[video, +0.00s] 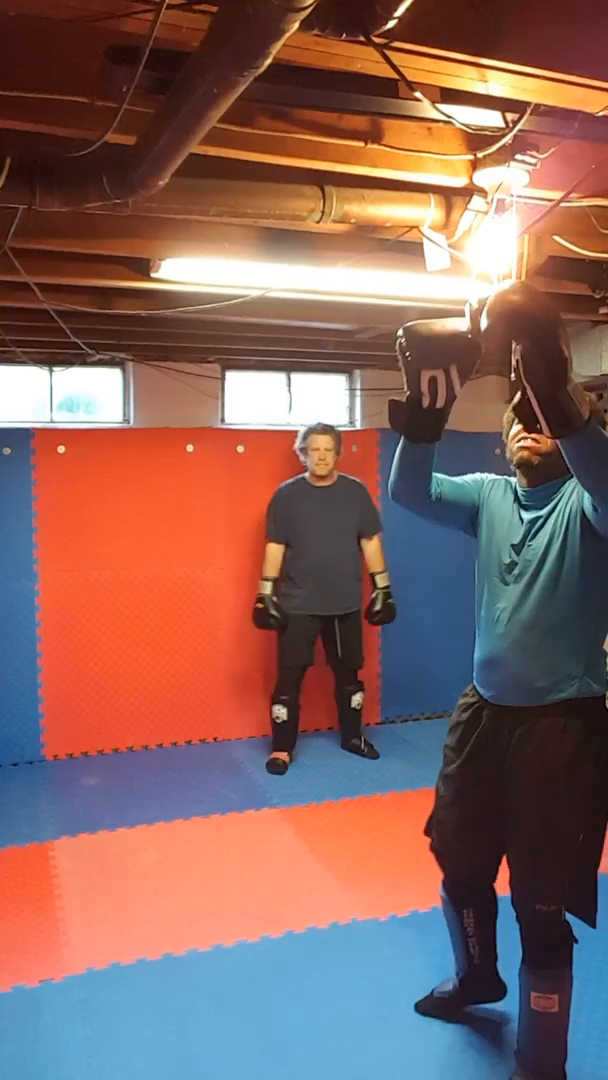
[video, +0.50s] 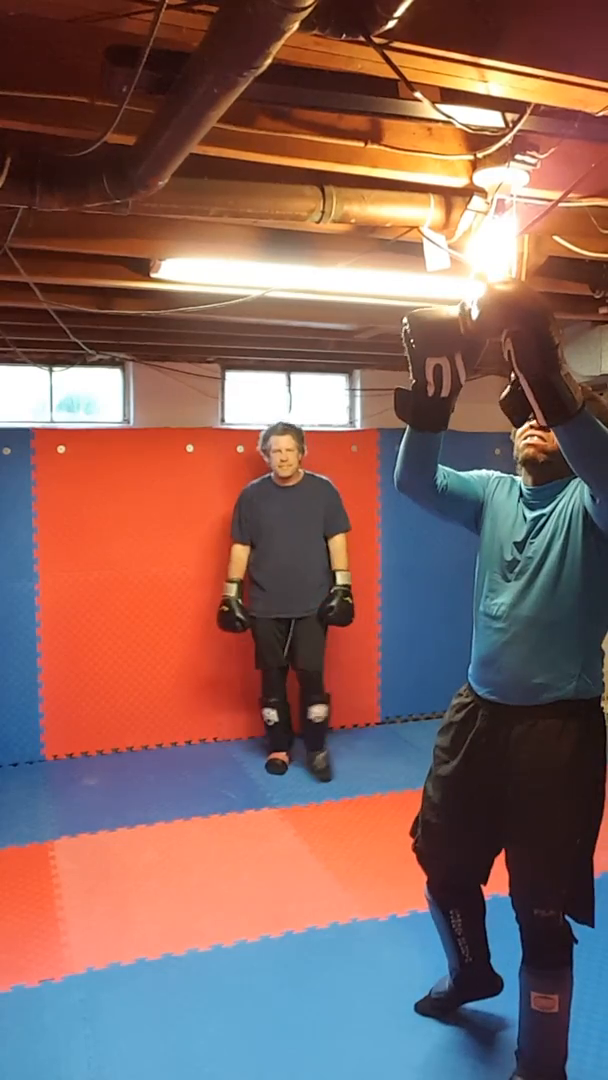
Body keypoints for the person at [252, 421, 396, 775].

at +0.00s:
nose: (321, 457)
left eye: (327, 451)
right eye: (314, 451)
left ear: (337, 454)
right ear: (304, 454)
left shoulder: (355, 491)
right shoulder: (287, 495)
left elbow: (371, 541)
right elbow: (275, 545)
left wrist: (383, 588)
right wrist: (265, 592)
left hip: (346, 603)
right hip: (297, 602)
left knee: (350, 672)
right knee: (290, 676)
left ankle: (353, 736)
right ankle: (282, 748)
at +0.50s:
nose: (282, 458)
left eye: (288, 451)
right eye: (276, 452)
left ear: (301, 453)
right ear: (267, 455)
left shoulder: (323, 491)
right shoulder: (252, 495)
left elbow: (337, 540)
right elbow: (240, 546)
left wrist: (342, 587)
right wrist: (230, 593)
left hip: (313, 601)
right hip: (266, 602)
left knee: (312, 674)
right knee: (272, 675)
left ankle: (317, 747)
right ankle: (279, 745)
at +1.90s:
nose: (311, 454)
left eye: (316, 448)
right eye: (303, 449)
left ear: (324, 452)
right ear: (288, 454)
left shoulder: (339, 491)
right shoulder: (270, 494)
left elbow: (353, 532)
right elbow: (257, 543)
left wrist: (352, 551)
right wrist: (283, 574)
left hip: (332, 604)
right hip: (286, 606)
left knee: (342, 675)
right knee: (283, 677)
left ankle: (354, 744)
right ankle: (281, 748)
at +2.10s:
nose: (326, 455)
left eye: (331, 449)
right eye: (318, 450)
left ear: (337, 451)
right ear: (303, 454)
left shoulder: (353, 489)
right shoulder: (287, 492)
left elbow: (371, 534)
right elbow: (275, 544)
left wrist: (363, 547)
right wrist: (322, 547)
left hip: (349, 604)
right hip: (303, 606)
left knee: (354, 675)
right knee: (293, 676)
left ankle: (356, 745)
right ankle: (283, 748)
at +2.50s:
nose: (357, 457)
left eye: (361, 450)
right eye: (349, 451)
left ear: (367, 452)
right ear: (332, 455)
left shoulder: (381, 490)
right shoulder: (315, 493)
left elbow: (398, 536)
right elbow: (301, 547)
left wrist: (390, 541)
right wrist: (346, 537)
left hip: (375, 603)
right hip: (333, 604)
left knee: (366, 674)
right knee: (329, 672)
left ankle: (358, 744)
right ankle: (295, 747)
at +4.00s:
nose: (359, 462)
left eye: (362, 454)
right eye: (350, 456)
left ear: (368, 453)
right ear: (331, 458)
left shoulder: (374, 489)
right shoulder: (316, 494)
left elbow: (387, 543)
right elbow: (296, 552)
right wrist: (340, 546)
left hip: (373, 619)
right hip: (333, 621)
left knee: (368, 698)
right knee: (336, 697)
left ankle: (367, 771)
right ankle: (334, 771)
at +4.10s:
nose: (358, 461)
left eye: (360, 453)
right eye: (349, 455)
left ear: (368, 451)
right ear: (330, 460)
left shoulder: (375, 489)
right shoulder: (316, 495)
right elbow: (297, 554)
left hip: (374, 622)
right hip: (331, 623)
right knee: (336, 702)